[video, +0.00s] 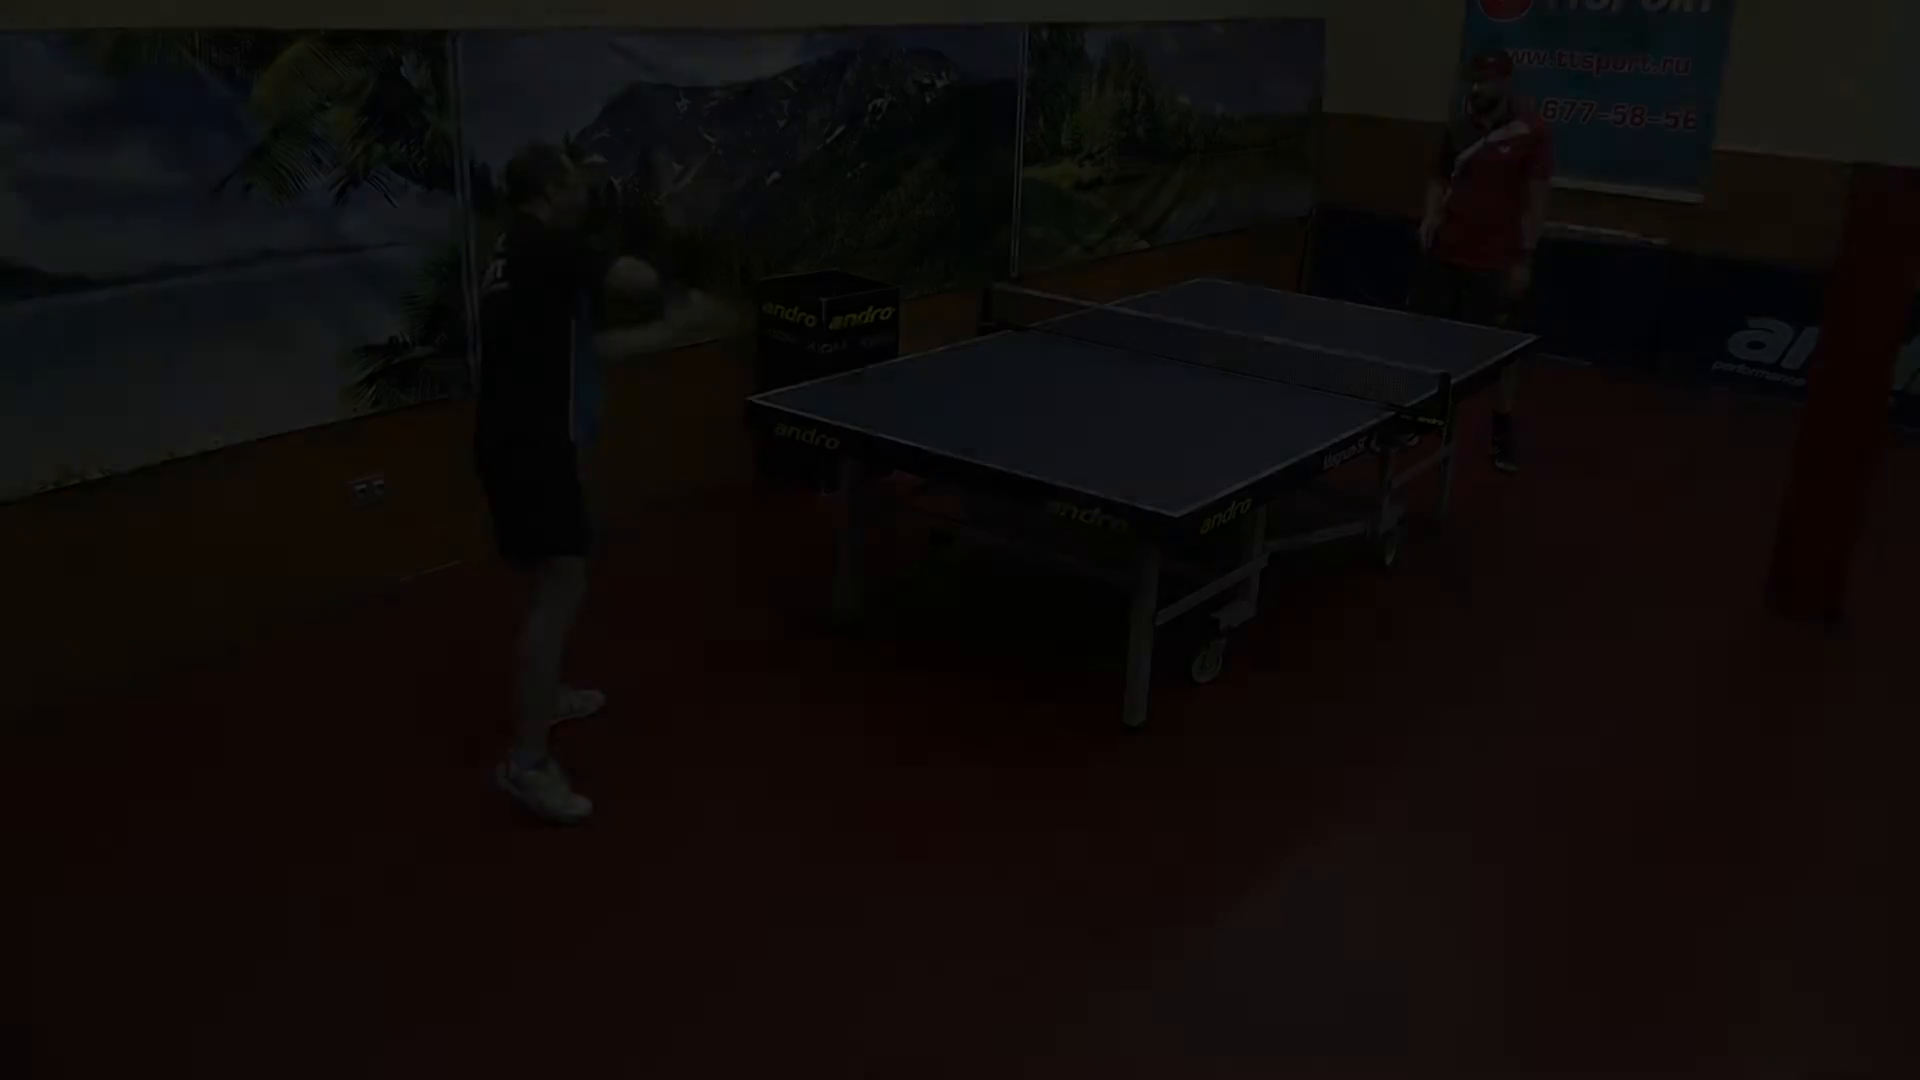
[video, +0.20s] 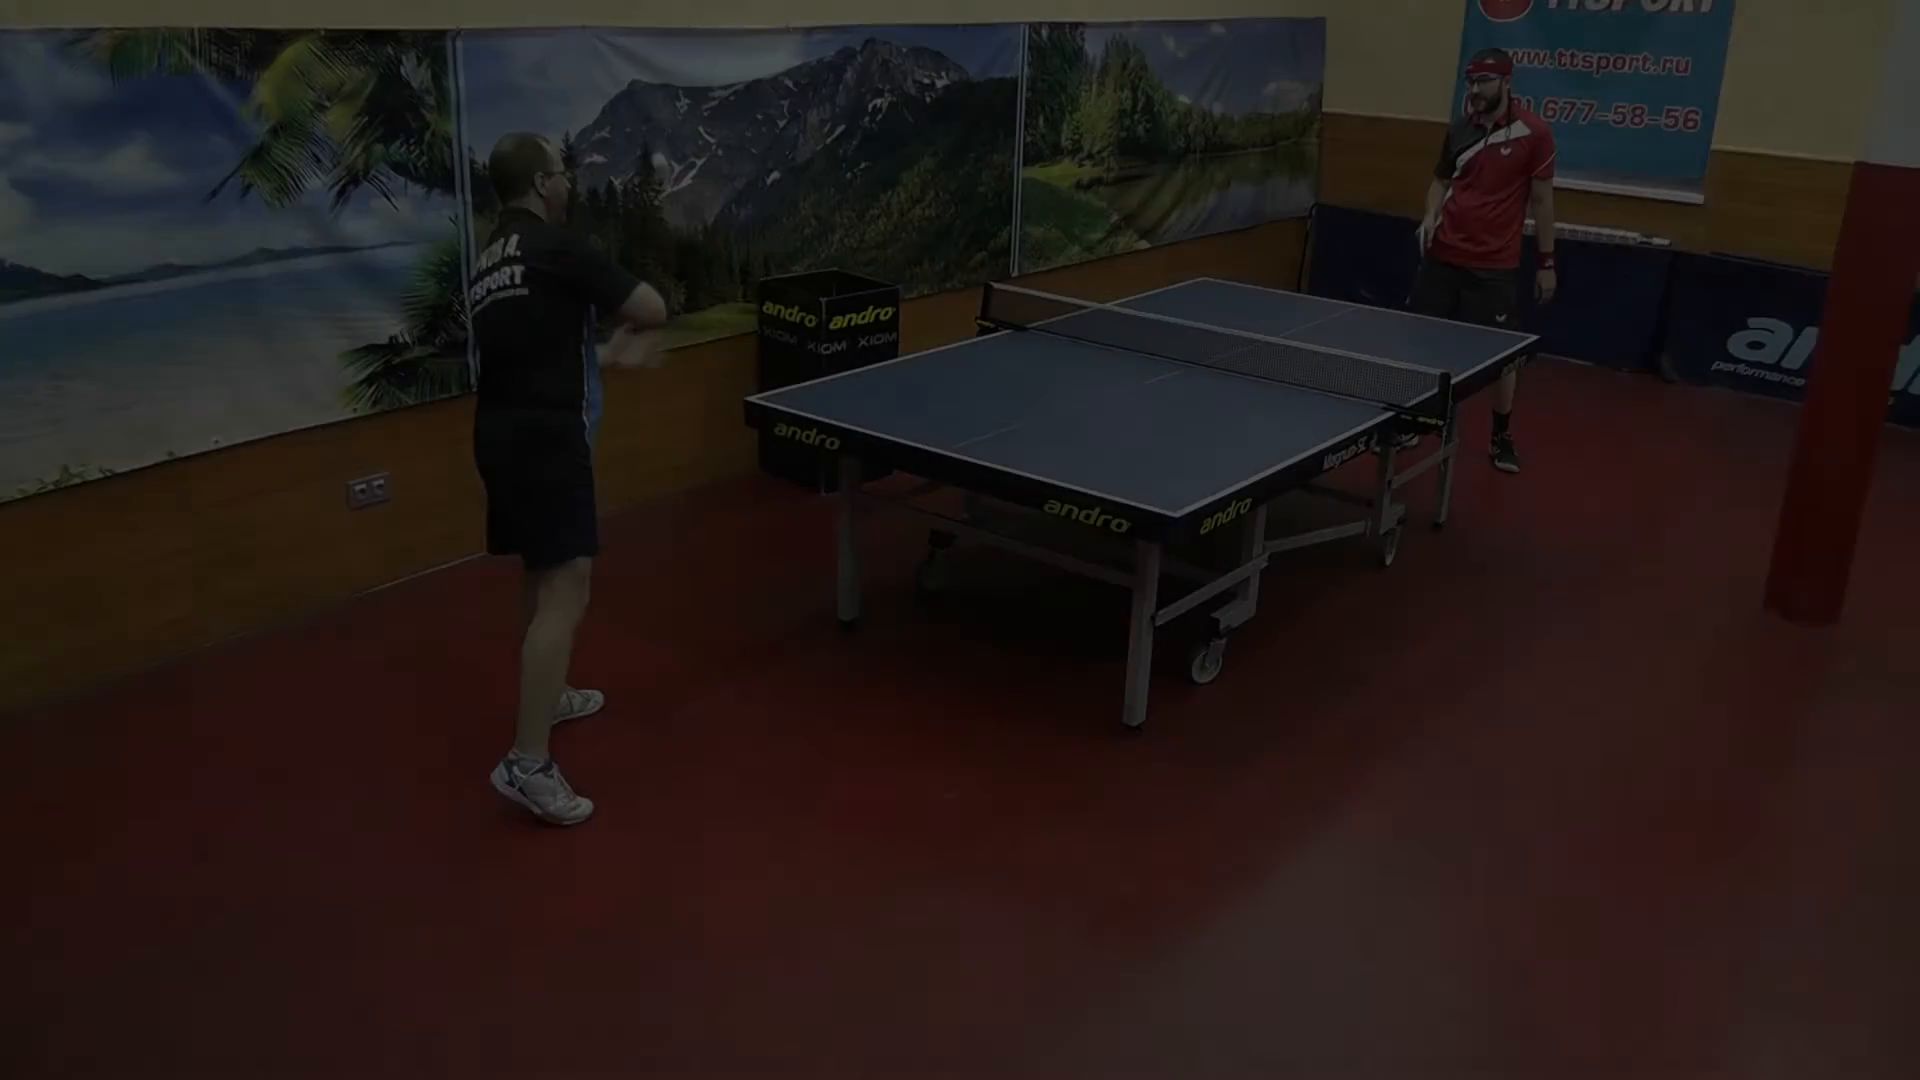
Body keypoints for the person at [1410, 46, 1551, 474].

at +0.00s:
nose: (1483, 95)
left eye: (1492, 86)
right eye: (1477, 86)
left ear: (1508, 86)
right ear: (1468, 87)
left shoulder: (1530, 136)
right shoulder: (1458, 129)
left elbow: (1535, 202)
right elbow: (1440, 182)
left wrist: (1523, 259)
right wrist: (1430, 224)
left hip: (1499, 257)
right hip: (1450, 252)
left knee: (1500, 346)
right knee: (1438, 337)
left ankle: (1502, 432)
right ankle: (1431, 417)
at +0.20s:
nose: (1479, 90)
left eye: (1487, 83)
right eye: (1474, 83)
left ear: (1507, 83)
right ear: (1469, 83)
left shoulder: (1535, 134)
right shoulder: (1460, 127)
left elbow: (1542, 202)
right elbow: (1441, 179)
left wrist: (1546, 263)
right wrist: (1430, 216)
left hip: (1498, 265)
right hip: (1445, 258)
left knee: (1504, 352)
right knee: (1425, 338)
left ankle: (1501, 437)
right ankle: (1420, 416)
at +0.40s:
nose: (1477, 91)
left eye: (1486, 83)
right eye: (1473, 83)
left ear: (1507, 84)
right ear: (1468, 84)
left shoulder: (1536, 135)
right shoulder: (1460, 129)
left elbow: (1544, 201)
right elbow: (1441, 180)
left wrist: (1546, 263)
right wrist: (1431, 215)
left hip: (1498, 268)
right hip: (1443, 259)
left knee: (1506, 354)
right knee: (1419, 337)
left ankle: (1501, 436)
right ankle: (1415, 415)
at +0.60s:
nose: (1477, 92)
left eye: (1486, 85)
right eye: (1472, 84)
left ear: (1507, 86)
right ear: (1467, 84)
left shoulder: (1536, 135)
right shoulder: (1461, 129)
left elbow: (1542, 200)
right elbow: (1441, 180)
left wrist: (1531, 261)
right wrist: (1428, 215)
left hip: (1498, 268)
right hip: (1444, 259)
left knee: (1504, 355)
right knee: (1420, 338)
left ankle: (1502, 437)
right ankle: (1414, 416)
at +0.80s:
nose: (1476, 95)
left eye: (1485, 87)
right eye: (1472, 86)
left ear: (1506, 89)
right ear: (1467, 87)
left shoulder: (1537, 137)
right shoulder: (1459, 132)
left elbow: (1544, 201)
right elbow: (1438, 180)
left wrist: (1528, 256)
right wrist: (1423, 208)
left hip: (1499, 270)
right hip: (1447, 261)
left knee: (1507, 357)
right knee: (1421, 339)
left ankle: (1502, 438)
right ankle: (1416, 416)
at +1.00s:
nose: (1488, 114)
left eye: (1497, 105)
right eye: (1482, 105)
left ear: (1518, 102)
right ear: (1476, 102)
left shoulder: (1547, 146)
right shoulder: (1466, 144)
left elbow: (1554, 205)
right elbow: (1436, 193)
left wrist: (1547, 258)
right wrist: (1448, 223)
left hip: (1515, 274)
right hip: (1460, 268)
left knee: (1521, 362)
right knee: (1426, 343)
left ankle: (1510, 442)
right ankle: (1412, 416)